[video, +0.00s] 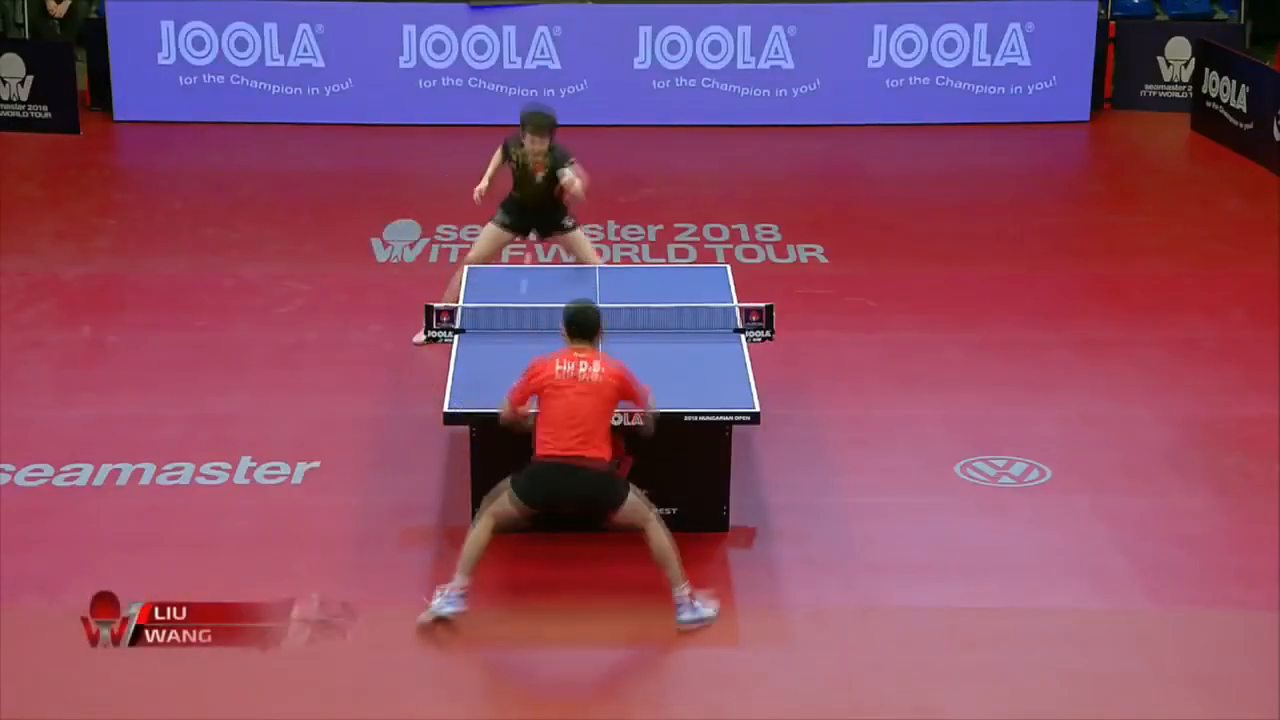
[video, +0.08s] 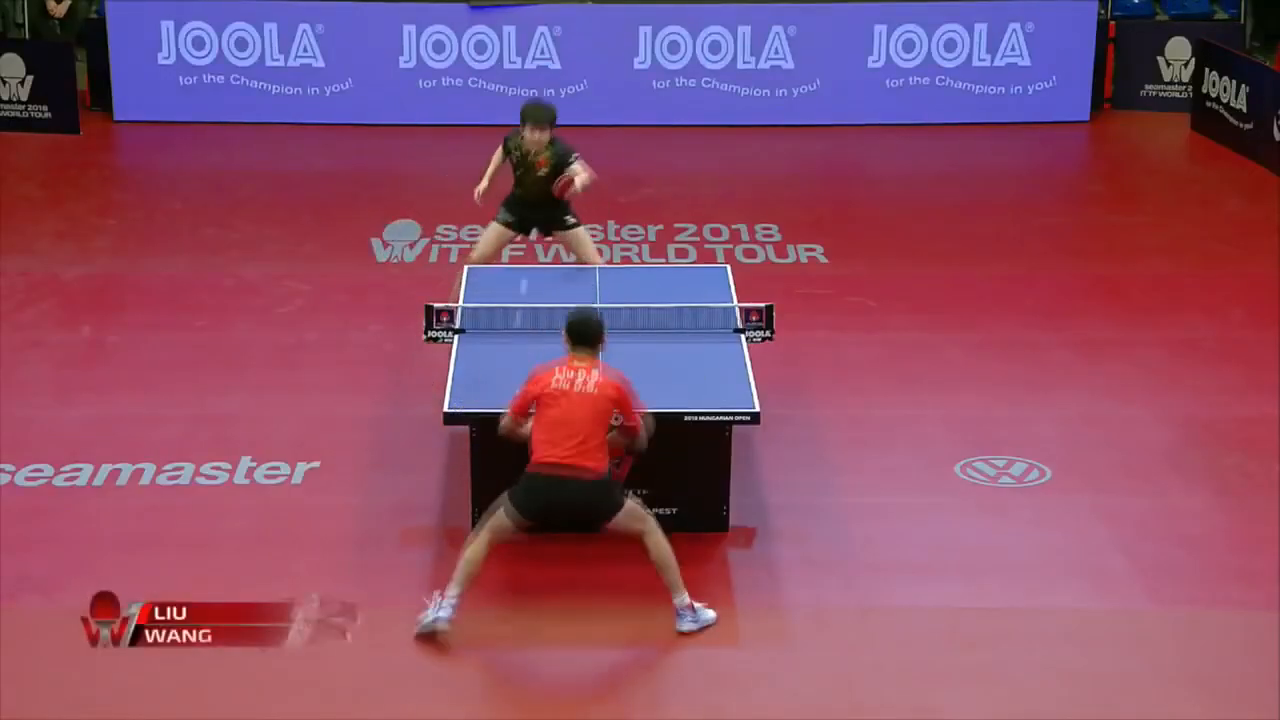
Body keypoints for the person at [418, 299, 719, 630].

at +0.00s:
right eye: (599, 330)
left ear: (564, 332)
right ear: (599, 332)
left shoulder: (543, 366)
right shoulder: (614, 370)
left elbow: (508, 415)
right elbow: (648, 410)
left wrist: (534, 422)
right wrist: (645, 429)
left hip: (544, 475)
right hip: (595, 478)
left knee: (488, 517)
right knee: (650, 522)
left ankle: (454, 593)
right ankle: (685, 601)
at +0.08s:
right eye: (601, 338)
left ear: (566, 340)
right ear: (602, 341)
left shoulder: (543, 376)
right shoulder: (615, 382)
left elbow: (509, 427)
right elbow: (638, 439)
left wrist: (543, 435)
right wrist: (602, 439)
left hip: (540, 487)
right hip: (591, 490)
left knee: (486, 535)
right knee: (648, 527)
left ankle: (445, 606)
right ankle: (685, 608)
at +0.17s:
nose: (536, 361)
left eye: (536, 356)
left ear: (538, 357)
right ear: (569, 358)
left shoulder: (526, 394)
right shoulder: (586, 398)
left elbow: (498, 433)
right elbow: (596, 449)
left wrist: (536, 432)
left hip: (526, 509)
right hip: (576, 508)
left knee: (480, 550)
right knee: (635, 539)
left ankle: (443, 622)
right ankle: (685, 609)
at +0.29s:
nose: (501, 357)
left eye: (503, 351)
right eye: (508, 351)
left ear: (508, 353)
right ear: (539, 353)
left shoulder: (493, 393)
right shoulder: (558, 387)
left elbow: (443, 417)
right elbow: (553, 373)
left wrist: (399, 417)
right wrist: (544, 361)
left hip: (503, 507)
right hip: (556, 508)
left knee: (431, 522)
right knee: (614, 542)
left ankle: (418, 609)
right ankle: (676, 606)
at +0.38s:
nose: (468, 354)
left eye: (468, 349)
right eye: (480, 347)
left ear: (471, 353)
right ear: (503, 348)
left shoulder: (466, 398)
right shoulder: (529, 378)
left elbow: (428, 451)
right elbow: (565, 367)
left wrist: (391, 479)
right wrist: (575, 347)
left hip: (488, 505)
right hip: (536, 501)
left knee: (416, 529)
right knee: (593, 539)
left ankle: (370, 612)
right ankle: (638, 614)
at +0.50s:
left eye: (443, 361)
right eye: (481, 359)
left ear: (444, 367)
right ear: (479, 365)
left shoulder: (434, 417)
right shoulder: (503, 401)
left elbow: (423, 477)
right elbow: (561, 408)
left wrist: (410, 492)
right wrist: (578, 370)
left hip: (461, 524)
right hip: (512, 518)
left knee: (393, 557)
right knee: (554, 539)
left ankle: (356, 642)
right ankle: (587, 616)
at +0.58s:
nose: (487, 363)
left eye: (460, 358)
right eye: (489, 358)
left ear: (453, 364)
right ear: (489, 364)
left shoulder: (437, 413)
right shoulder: (511, 403)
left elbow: (423, 467)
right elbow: (567, 408)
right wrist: (578, 373)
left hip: (460, 524)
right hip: (514, 521)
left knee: (398, 560)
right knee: (569, 534)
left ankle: (355, 643)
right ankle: (591, 623)